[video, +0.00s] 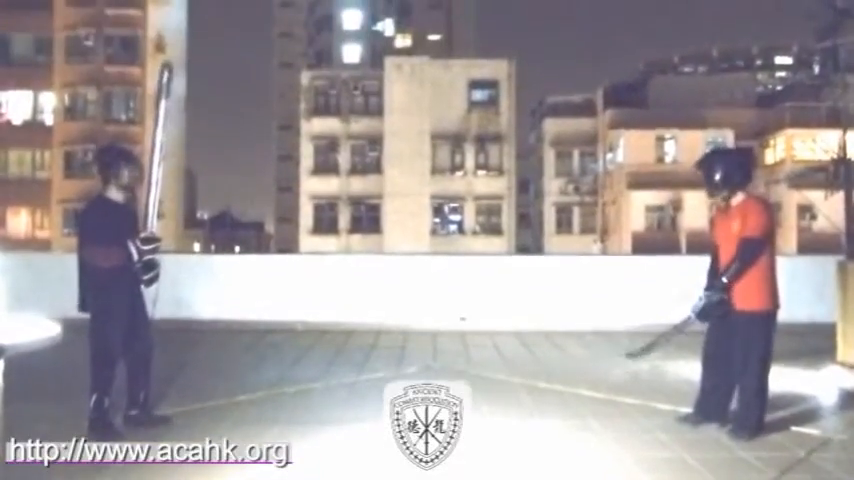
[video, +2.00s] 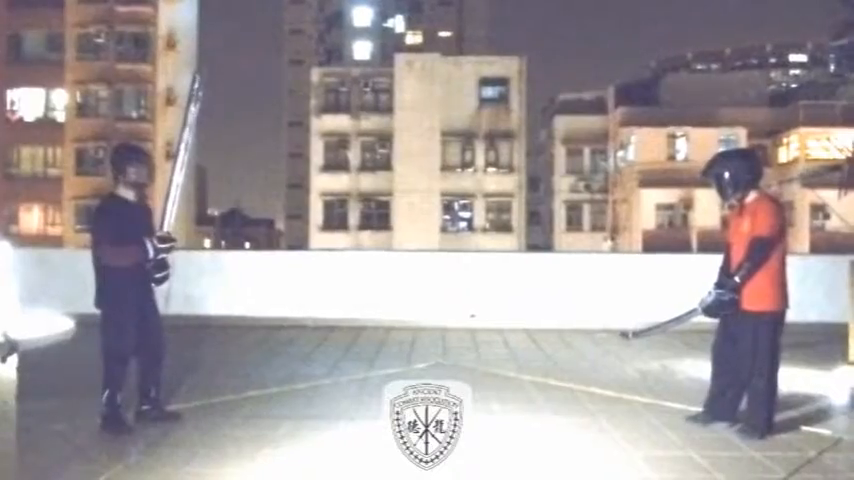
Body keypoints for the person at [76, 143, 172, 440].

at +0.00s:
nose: (136, 174)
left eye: (135, 169)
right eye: (130, 168)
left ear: (123, 173)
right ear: (114, 171)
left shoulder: (127, 210)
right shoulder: (94, 212)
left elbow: (129, 250)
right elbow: (94, 256)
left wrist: (147, 259)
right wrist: (131, 252)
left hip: (128, 290)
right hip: (103, 293)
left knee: (141, 345)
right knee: (106, 351)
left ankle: (138, 408)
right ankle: (99, 414)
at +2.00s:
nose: (144, 172)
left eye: (146, 166)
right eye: (138, 166)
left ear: (146, 171)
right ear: (122, 170)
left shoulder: (143, 210)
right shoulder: (107, 210)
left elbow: (144, 249)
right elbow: (107, 255)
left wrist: (159, 254)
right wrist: (147, 250)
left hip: (141, 288)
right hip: (115, 291)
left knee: (152, 343)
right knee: (118, 347)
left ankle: (149, 402)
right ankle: (111, 407)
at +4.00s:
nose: (139, 169)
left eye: (139, 164)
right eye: (134, 163)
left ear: (120, 166)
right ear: (118, 165)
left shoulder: (126, 203)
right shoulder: (101, 205)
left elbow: (128, 242)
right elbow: (104, 251)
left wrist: (148, 241)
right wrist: (144, 251)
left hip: (133, 284)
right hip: (110, 288)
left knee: (145, 337)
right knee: (113, 343)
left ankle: (144, 397)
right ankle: (106, 404)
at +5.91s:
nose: (145, 163)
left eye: (144, 157)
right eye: (139, 157)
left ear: (126, 160)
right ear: (124, 160)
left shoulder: (135, 196)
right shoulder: (107, 199)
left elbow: (136, 233)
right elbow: (111, 244)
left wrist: (155, 233)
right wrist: (150, 245)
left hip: (143, 279)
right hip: (119, 282)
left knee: (157, 330)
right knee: (123, 336)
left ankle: (157, 390)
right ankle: (118, 396)